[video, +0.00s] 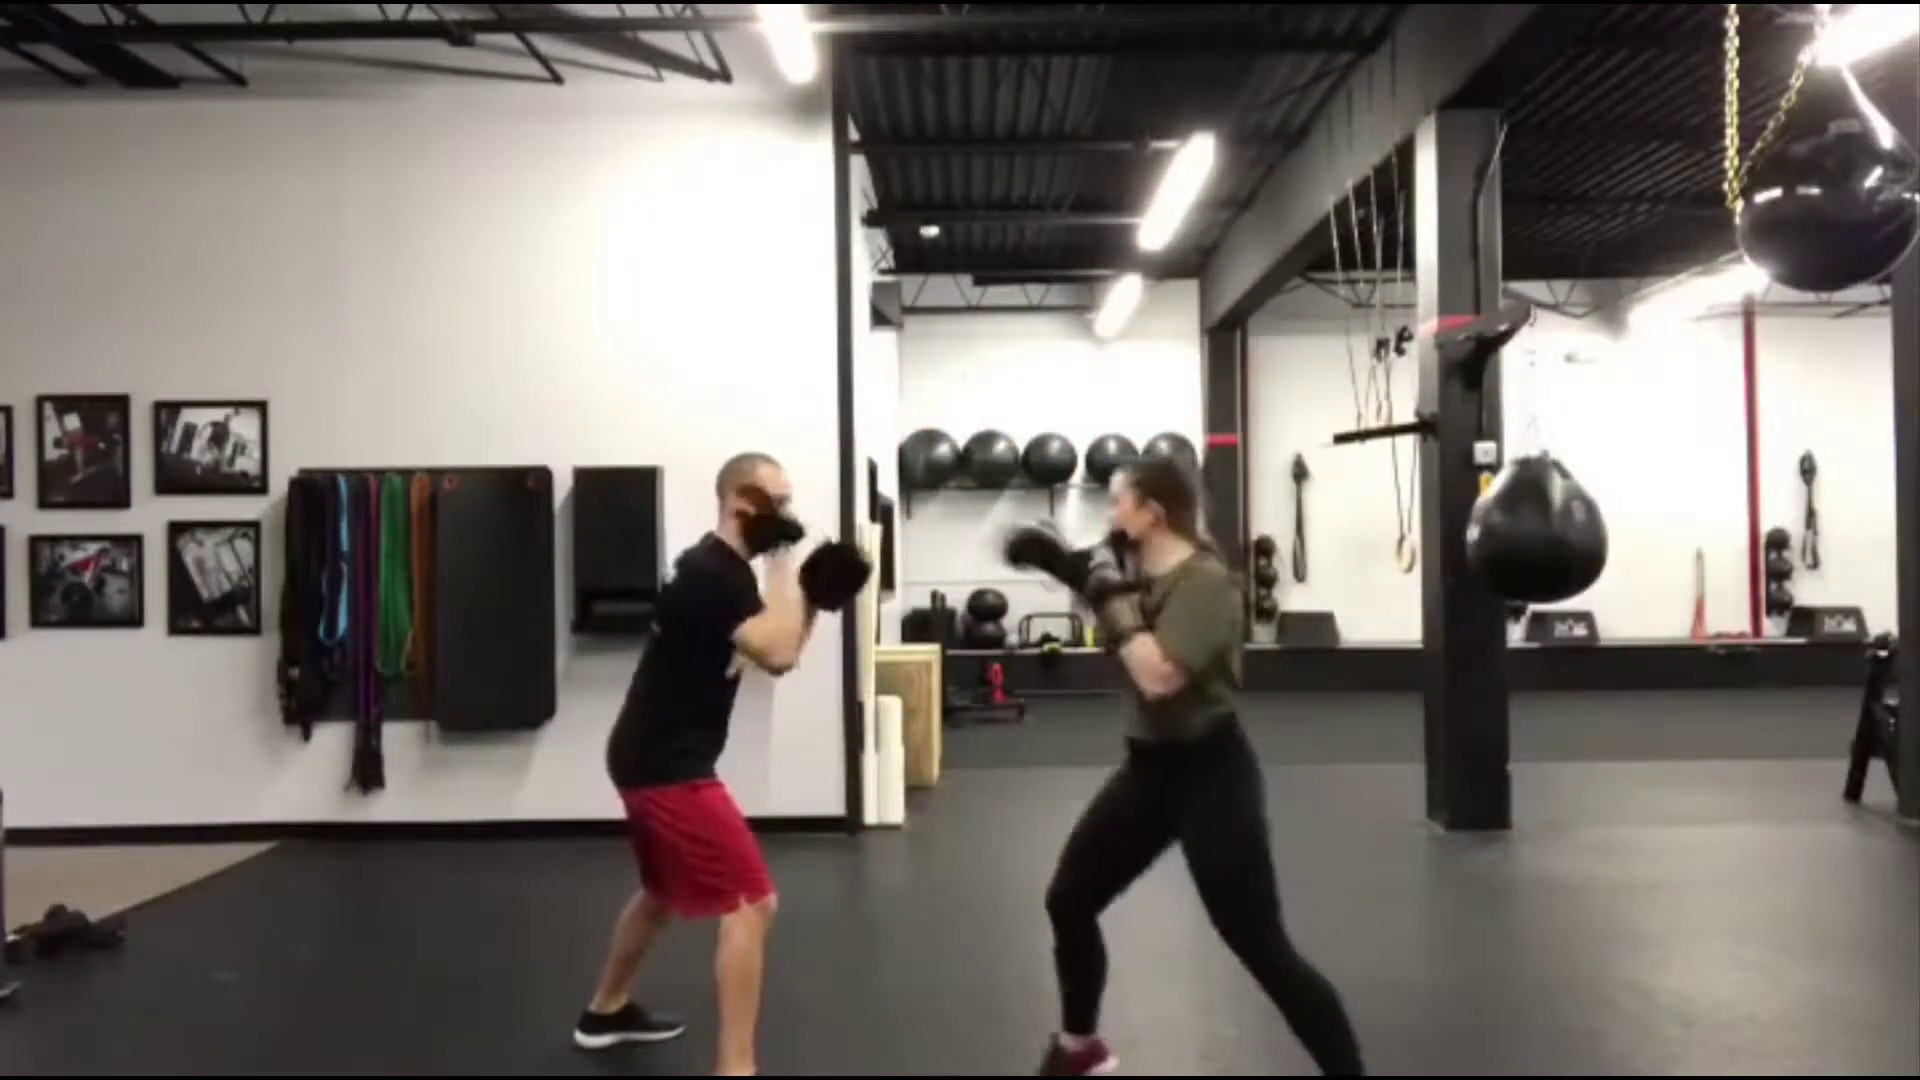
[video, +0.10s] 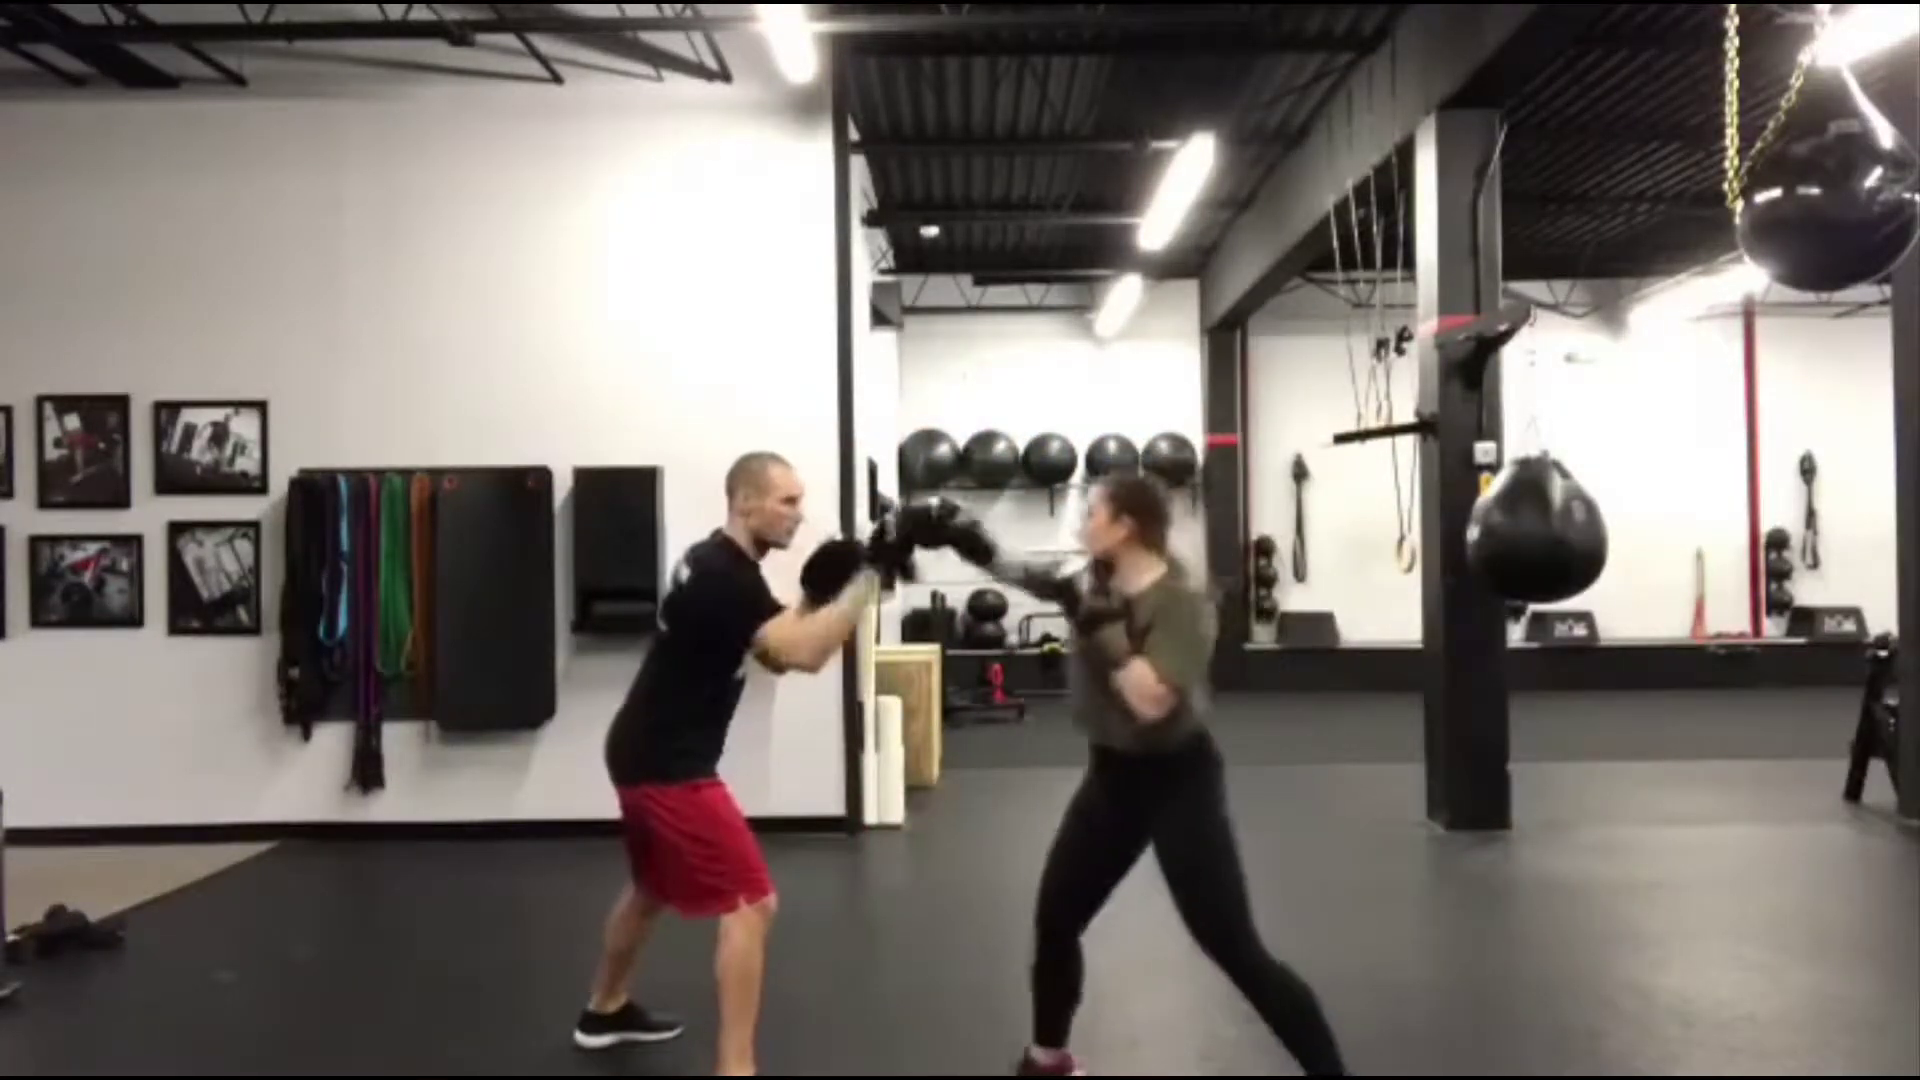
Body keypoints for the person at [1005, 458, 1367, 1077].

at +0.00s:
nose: (1113, 513)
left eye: (1120, 501)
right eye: (1115, 501)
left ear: (1152, 510)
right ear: (1155, 511)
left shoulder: (1207, 582)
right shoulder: (1152, 576)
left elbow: (1158, 676)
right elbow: (1131, 632)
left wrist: (1110, 595)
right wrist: (1075, 575)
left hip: (1213, 774)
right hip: (1154, 771)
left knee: (1257, 940)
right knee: (1071, 900)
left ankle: (1347, 1068)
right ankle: (1078, 1043)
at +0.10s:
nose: (1084, 528)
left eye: (1093, 517)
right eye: (1087, 517)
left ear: (1126, 526)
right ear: (1124, 526)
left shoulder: (1181, 604)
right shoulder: (1099, 585)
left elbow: (1152, 700)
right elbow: (1025, 573)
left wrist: (1096, 621)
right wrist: (962, 536)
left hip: (1181, 778)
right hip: (1117, 776)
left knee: (1231, 943)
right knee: (1056, 918)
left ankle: (1327, 1068)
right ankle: (1048, 1057)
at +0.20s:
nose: (1067, 554)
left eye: (1076, 543)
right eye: (1070, 543)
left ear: (1110, 555)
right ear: (1107, 555)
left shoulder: (1160, 638)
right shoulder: (1081, 618)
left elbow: (1129, 735)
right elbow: (1010, 615)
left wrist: (1085, 660)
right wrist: (974, 580)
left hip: (1155, 806)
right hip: (1092, 802)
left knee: (1207, 966)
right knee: (1028, 938)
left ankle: (1312, 1070)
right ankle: (1050, 1064)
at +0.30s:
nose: (1068, 530)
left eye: (1079, 520)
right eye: (1071, 520)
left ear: (1112, 533)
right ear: (1102, 534)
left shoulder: (1159, 608)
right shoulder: (1085, 599)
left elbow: (1128, 709)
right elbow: (1036, 645)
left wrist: (1080, 634)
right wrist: (1014, 615)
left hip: (1160, 787)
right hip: (1098, 785)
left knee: (1209, 947)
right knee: (1043, 926)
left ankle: (1304, 1068)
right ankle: (1050, 1061)